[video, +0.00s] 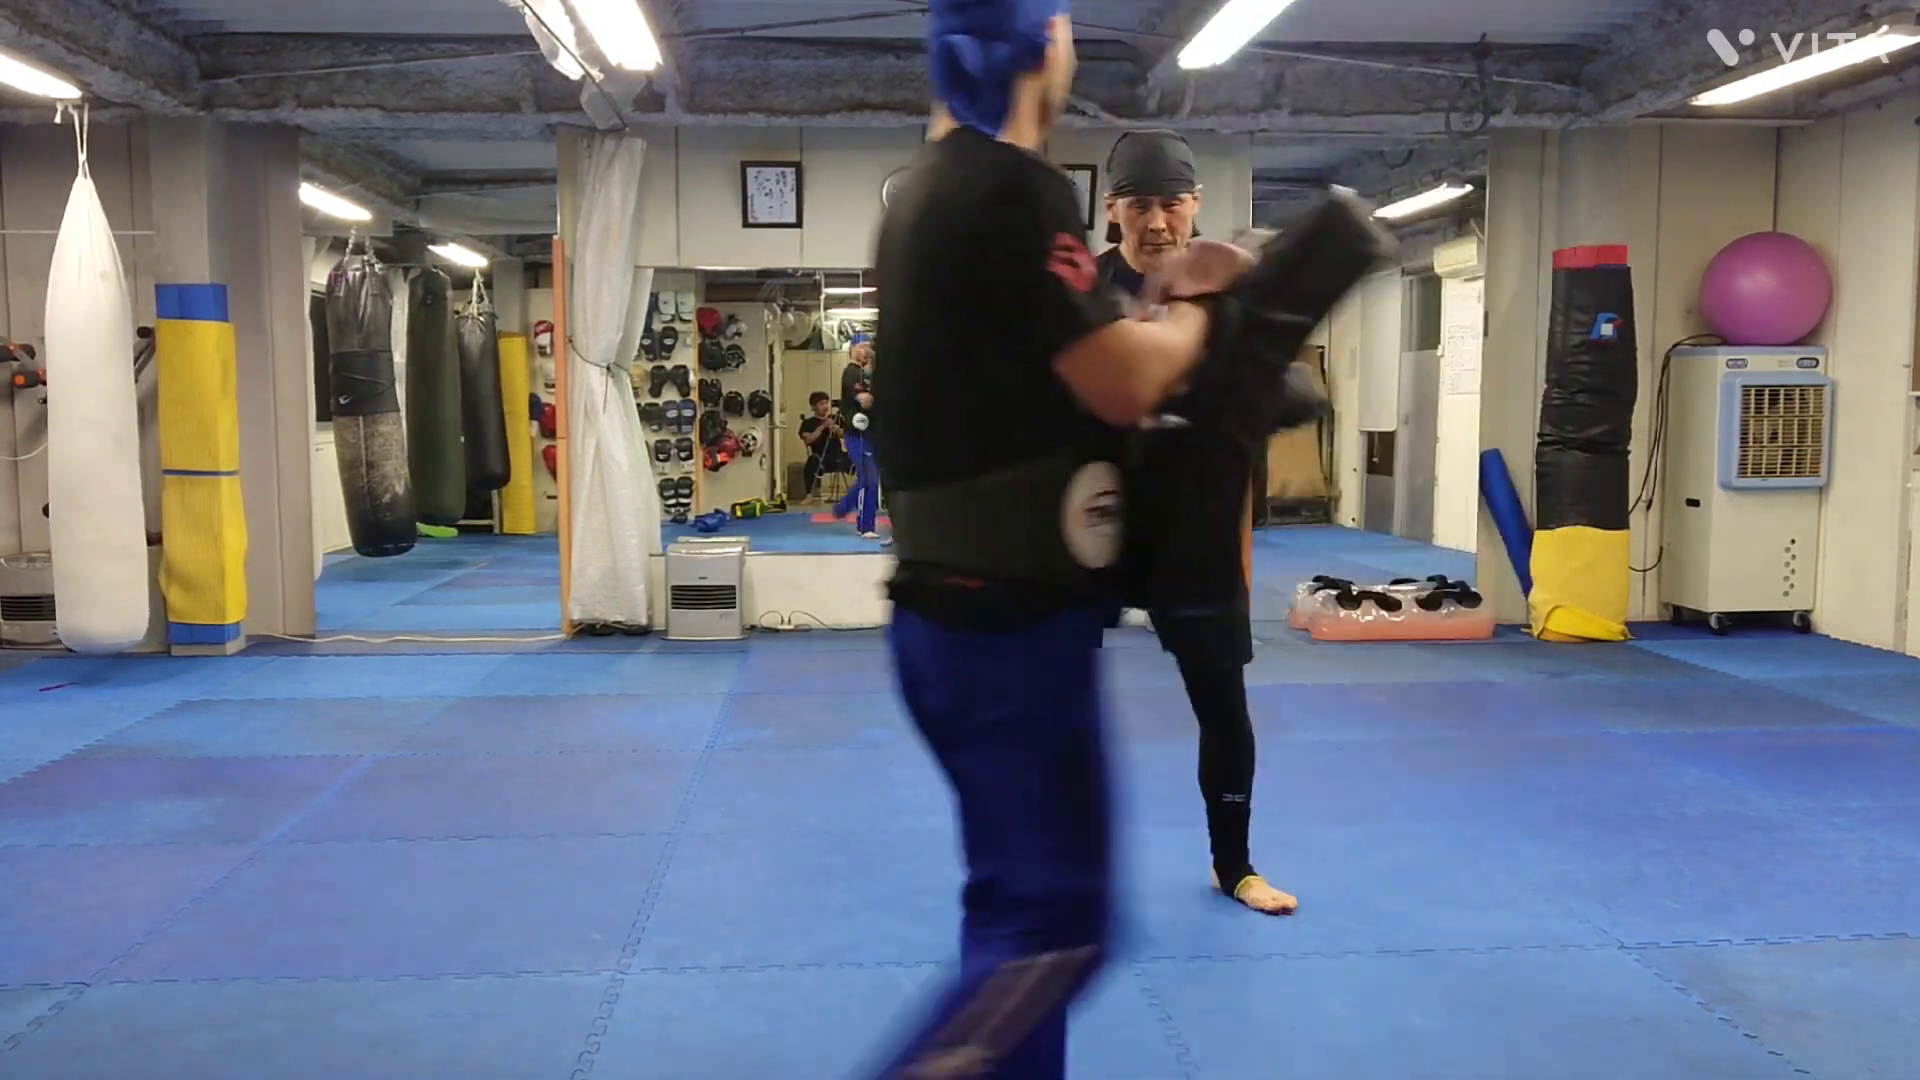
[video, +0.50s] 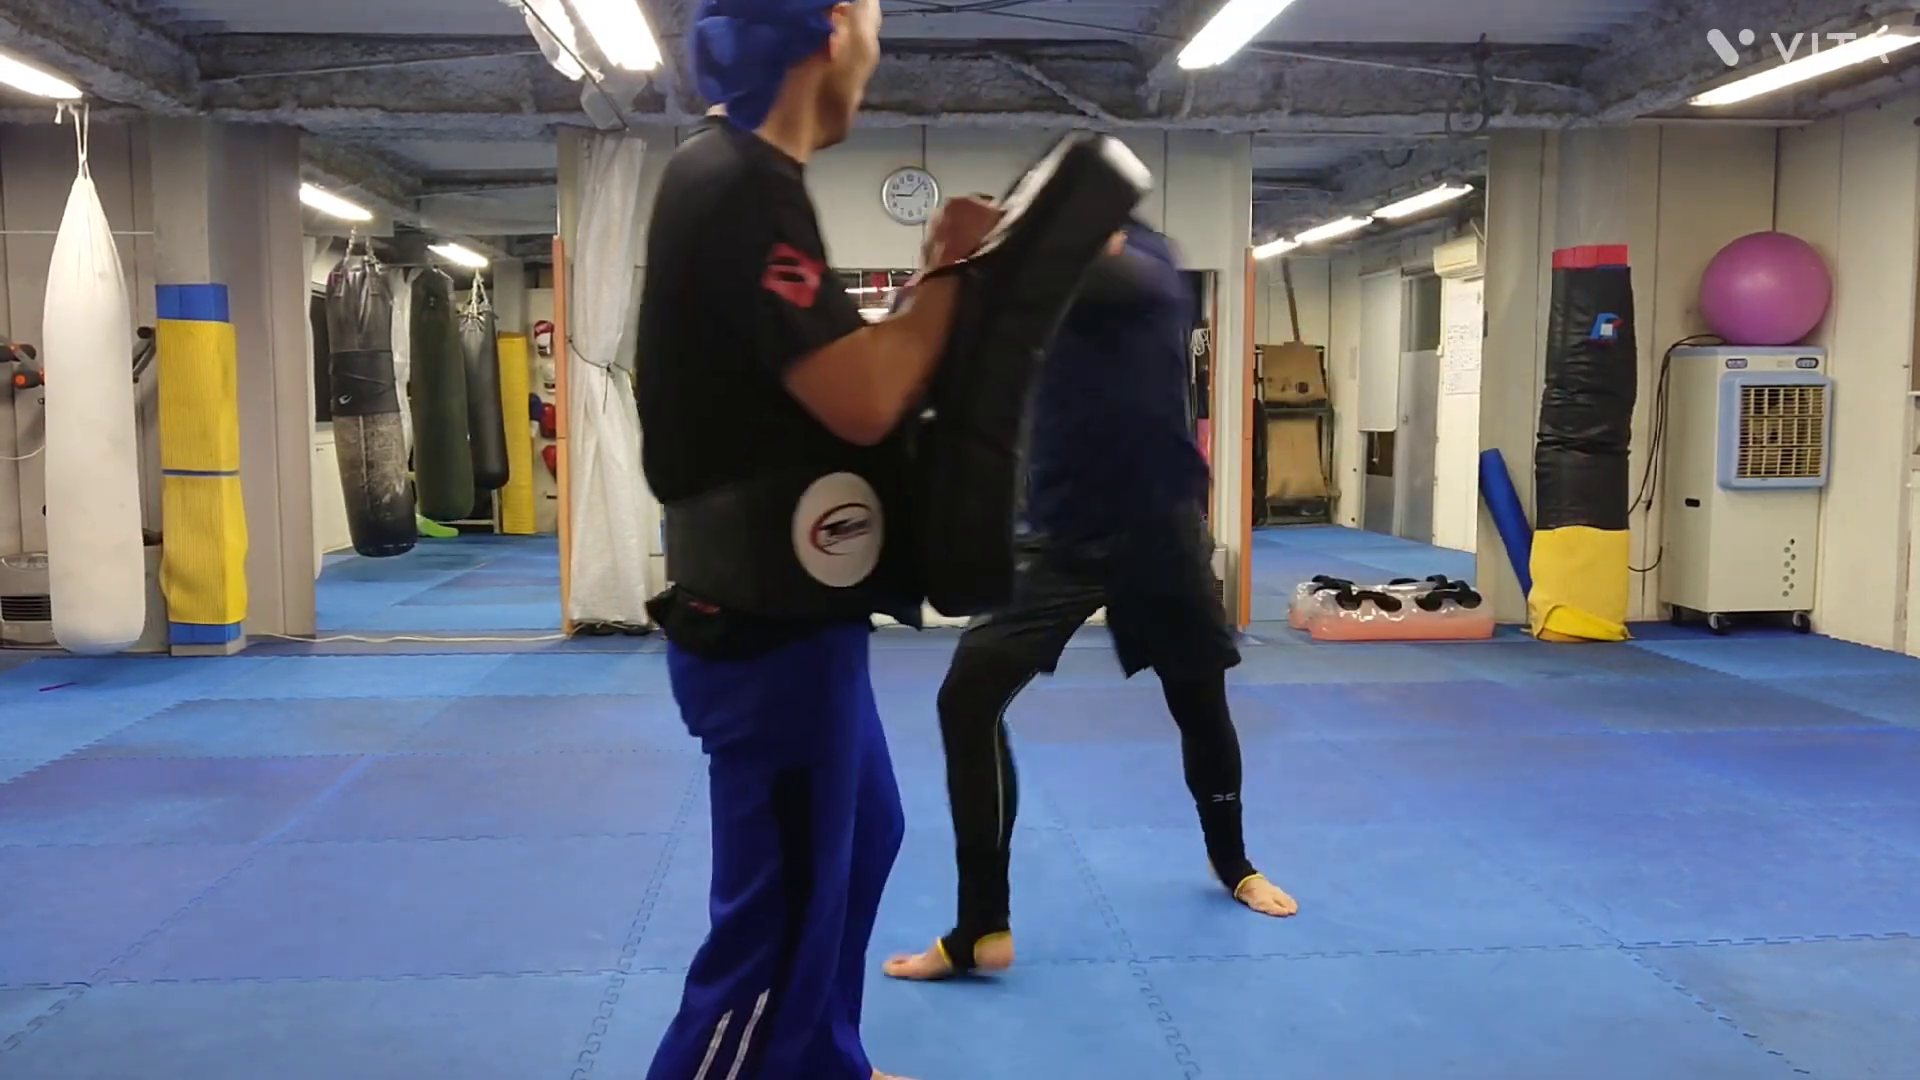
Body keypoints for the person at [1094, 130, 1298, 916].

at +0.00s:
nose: (1156, 223)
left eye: (1171, 205)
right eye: (1138, 206)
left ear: (1196, 210)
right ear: (1110, 211)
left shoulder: (1226, 299)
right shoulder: (1082, 293)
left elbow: (1254, 421)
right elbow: (1043, 402)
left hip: (1193, 529)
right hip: (1081, 526)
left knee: (1223, 702)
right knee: (1041, 690)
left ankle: (1234, 867)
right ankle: (1037, 874)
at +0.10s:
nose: (1153, 219)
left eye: (1167, 202)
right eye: (1137, 203)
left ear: (1196, 201)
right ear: (1116, 208)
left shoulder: (1228, 285)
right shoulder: (1085, 290)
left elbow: (1283, 383)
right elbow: (1045, 395)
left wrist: (1318, 420)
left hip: (1193, 525)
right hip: (1088, 523)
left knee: (1221, 701)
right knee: (1048, 696)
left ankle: (1232, 865)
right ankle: (1041, 841)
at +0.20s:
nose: (1147, 217)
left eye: (1160, 198)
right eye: (1130, 202)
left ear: (1193, 195)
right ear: (1111, 209)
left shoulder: (1224, 285)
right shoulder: (1085, 287)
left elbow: (1288, 385)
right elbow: (1032, 394)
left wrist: (1325, 426)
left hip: (1189, 527)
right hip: (1088, 525)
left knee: (1220, 702)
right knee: (1036, 700)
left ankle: (1231, 867)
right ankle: (1042, 842)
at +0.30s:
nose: (1136, 215)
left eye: (1147, 197)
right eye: (1118, 202)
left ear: (1178, 192)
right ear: (1098, 211)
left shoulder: (1224, 285)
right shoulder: (1074, 288)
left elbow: (1293, 389)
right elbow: (1016, 402)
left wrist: (1226, 359)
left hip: (1181, 535)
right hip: (1079, 533)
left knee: (1211, 700)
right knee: (997, 680)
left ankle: (1233, 869)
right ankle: (1021, 858)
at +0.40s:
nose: (1110, 206)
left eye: (1122, 188)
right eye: (1094, 191)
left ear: (1155, 196)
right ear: (1075, 202)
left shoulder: (1208, 274)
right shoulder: (1058, 275)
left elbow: (1248, 359)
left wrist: (1126, 295)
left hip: (1175, 532)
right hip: (1069, 530)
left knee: (1206, 697)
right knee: (985, 683)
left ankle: (1231, 868)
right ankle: (991, 892)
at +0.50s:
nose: (1067, 215)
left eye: (1073, 200)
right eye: (1057, 203)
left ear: (1098, 200)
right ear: (1043, 208)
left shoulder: (1151, 258)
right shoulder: (1039, 267)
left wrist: (1028, 237)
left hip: (1160, 534)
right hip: (1058, 538)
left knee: (1202, 706)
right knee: (966, 700)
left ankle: (1234, 866)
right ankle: (982, 927)